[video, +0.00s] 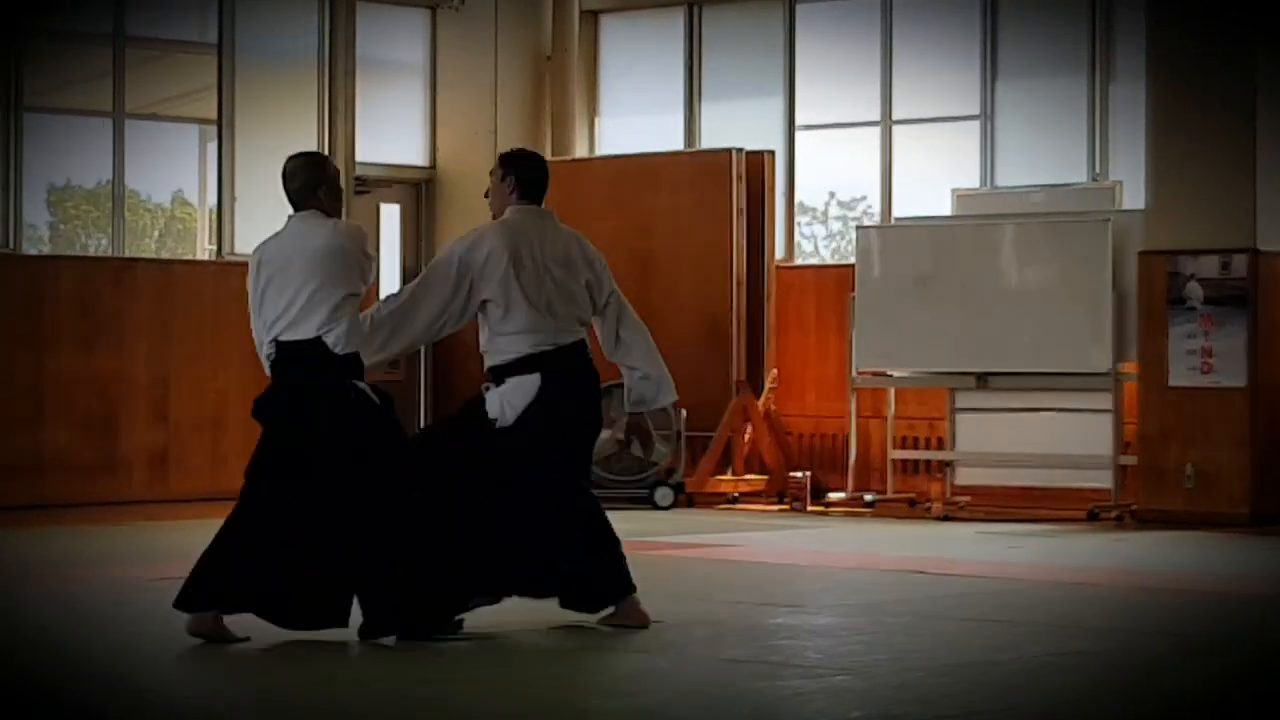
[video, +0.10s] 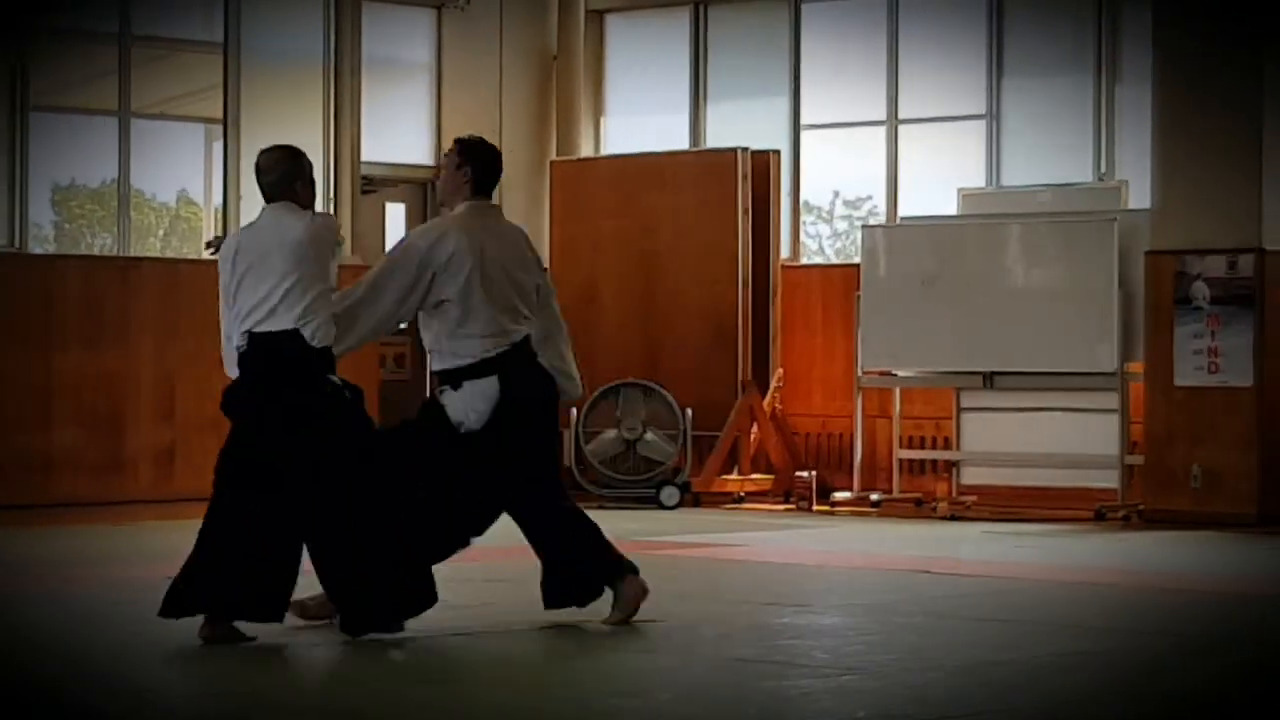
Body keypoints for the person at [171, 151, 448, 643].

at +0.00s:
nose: (342, 193)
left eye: (338, 184)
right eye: (338, 185)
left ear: (291, 196)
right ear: (327, 190)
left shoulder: (265, 252)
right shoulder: (351, 237)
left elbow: (261, 330)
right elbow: (363, 290)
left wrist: (281, 375)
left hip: (287, 385)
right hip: (338, 384)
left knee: (260, 497)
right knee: (381, 491)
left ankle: (206, 606)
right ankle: (387, 611)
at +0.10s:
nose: (314, 188)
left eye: (311, 181)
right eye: (311, 181)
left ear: (261, 191)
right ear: (301, 185)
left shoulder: (233, 244)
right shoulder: (322, 229)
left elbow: (229, 322)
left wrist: (238, 375)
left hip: (254, 375)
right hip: (304, 374)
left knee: (244, 495)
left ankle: (217, 617)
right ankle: (361, 606)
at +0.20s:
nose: (292, 173)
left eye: (288, 164)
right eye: (287, 165)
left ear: (240, 178)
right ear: (277, 173)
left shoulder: (218, 242)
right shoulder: (299, 216)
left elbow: (204, 322)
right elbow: (339, 199)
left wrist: (199, 391)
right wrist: (292, 196)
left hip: (249, 372)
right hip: (299, 368)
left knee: (247, 491)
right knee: (319, 483)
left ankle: (235, 617)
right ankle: (300, 594)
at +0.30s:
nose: (287, 166)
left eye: (282, 158)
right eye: (282, 158)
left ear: (235, 173)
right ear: (274, 166)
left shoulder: (212, 238)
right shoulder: (298, 209)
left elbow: (183, 311)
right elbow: (351, 175)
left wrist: (155, 375)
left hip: (252, 368)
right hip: (305, 365)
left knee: (256, 485)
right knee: (316, 481)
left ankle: (259, 612)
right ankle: (251, 584)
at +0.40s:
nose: (301, 161)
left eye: (294, 152)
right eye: (296, 153)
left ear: (248, 169)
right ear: (290, 160)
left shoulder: (228, 235)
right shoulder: (315, 206)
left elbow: (184, 299)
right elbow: (382, 178)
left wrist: (139, 353)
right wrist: (457, 146)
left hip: (262, 364)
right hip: (313, 361)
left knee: (278, 488)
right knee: (321, 487)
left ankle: (303, 615)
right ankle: (243, 583)